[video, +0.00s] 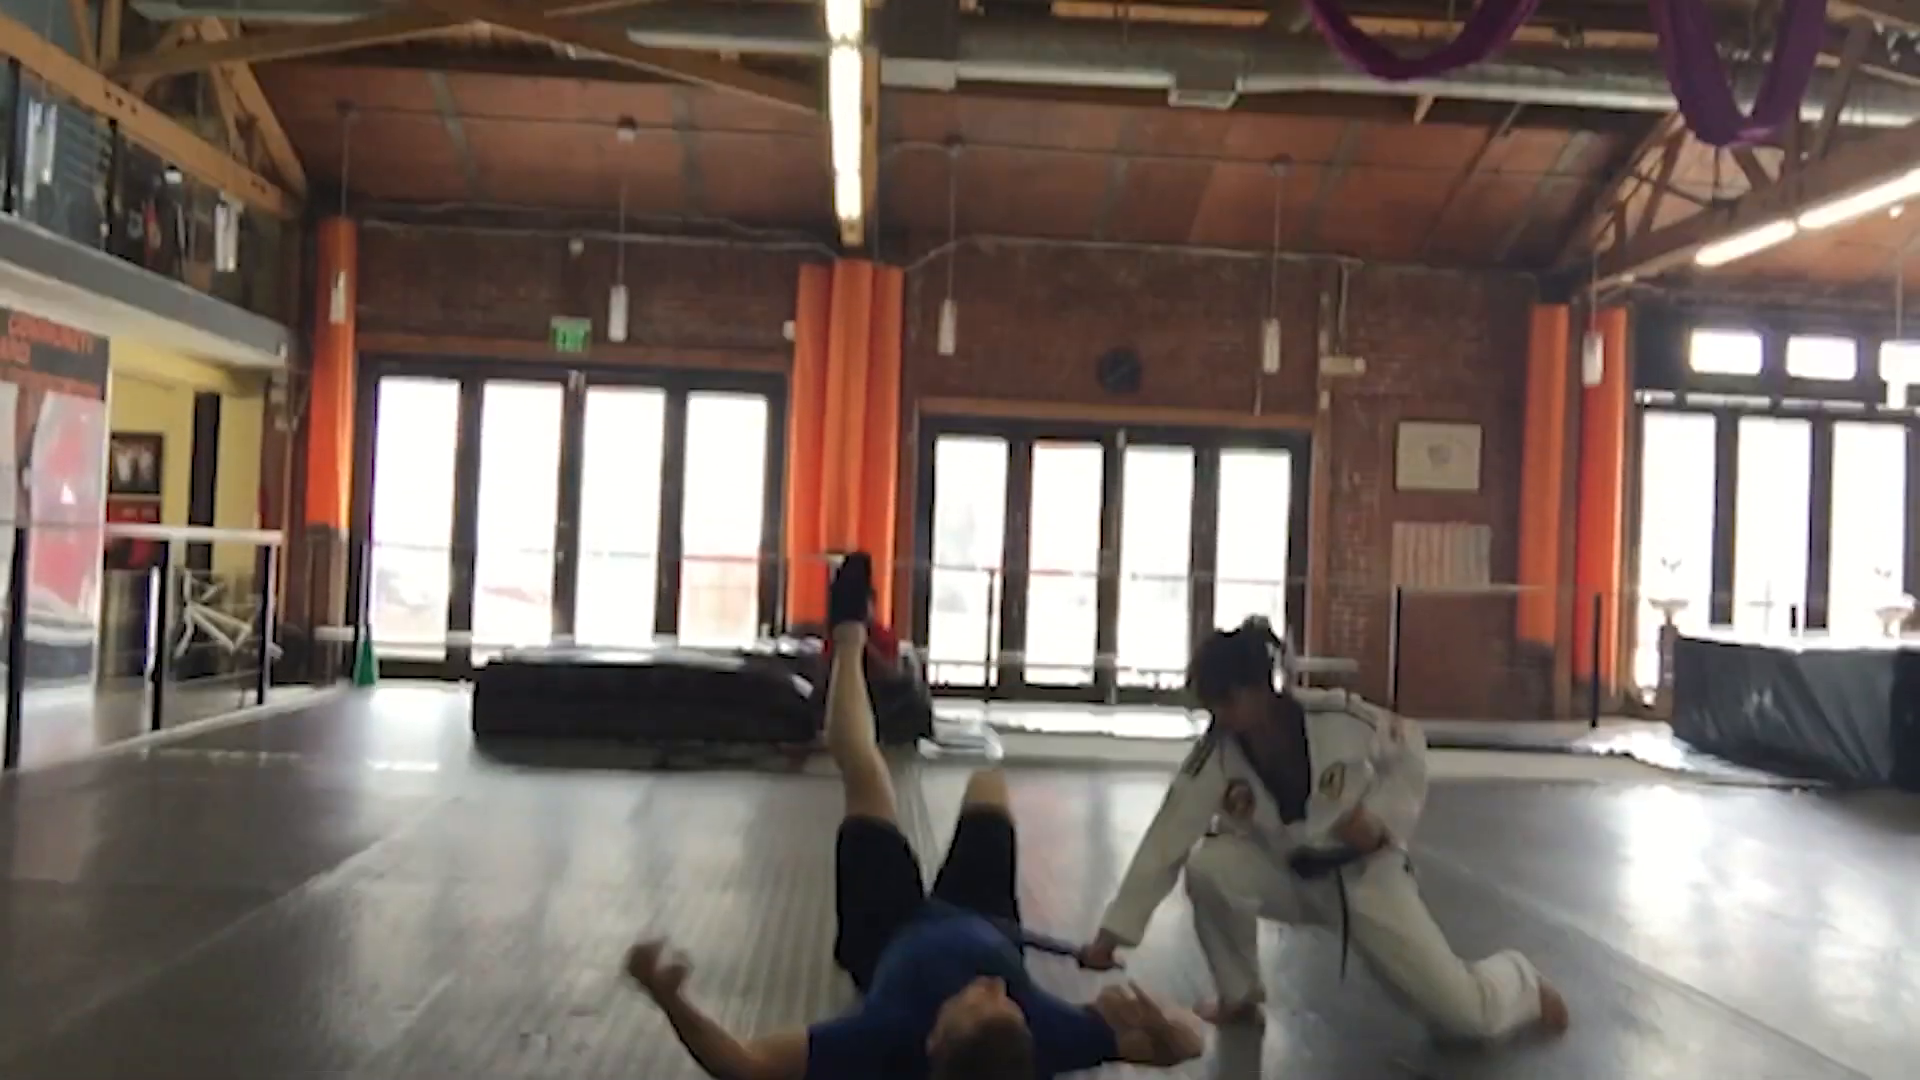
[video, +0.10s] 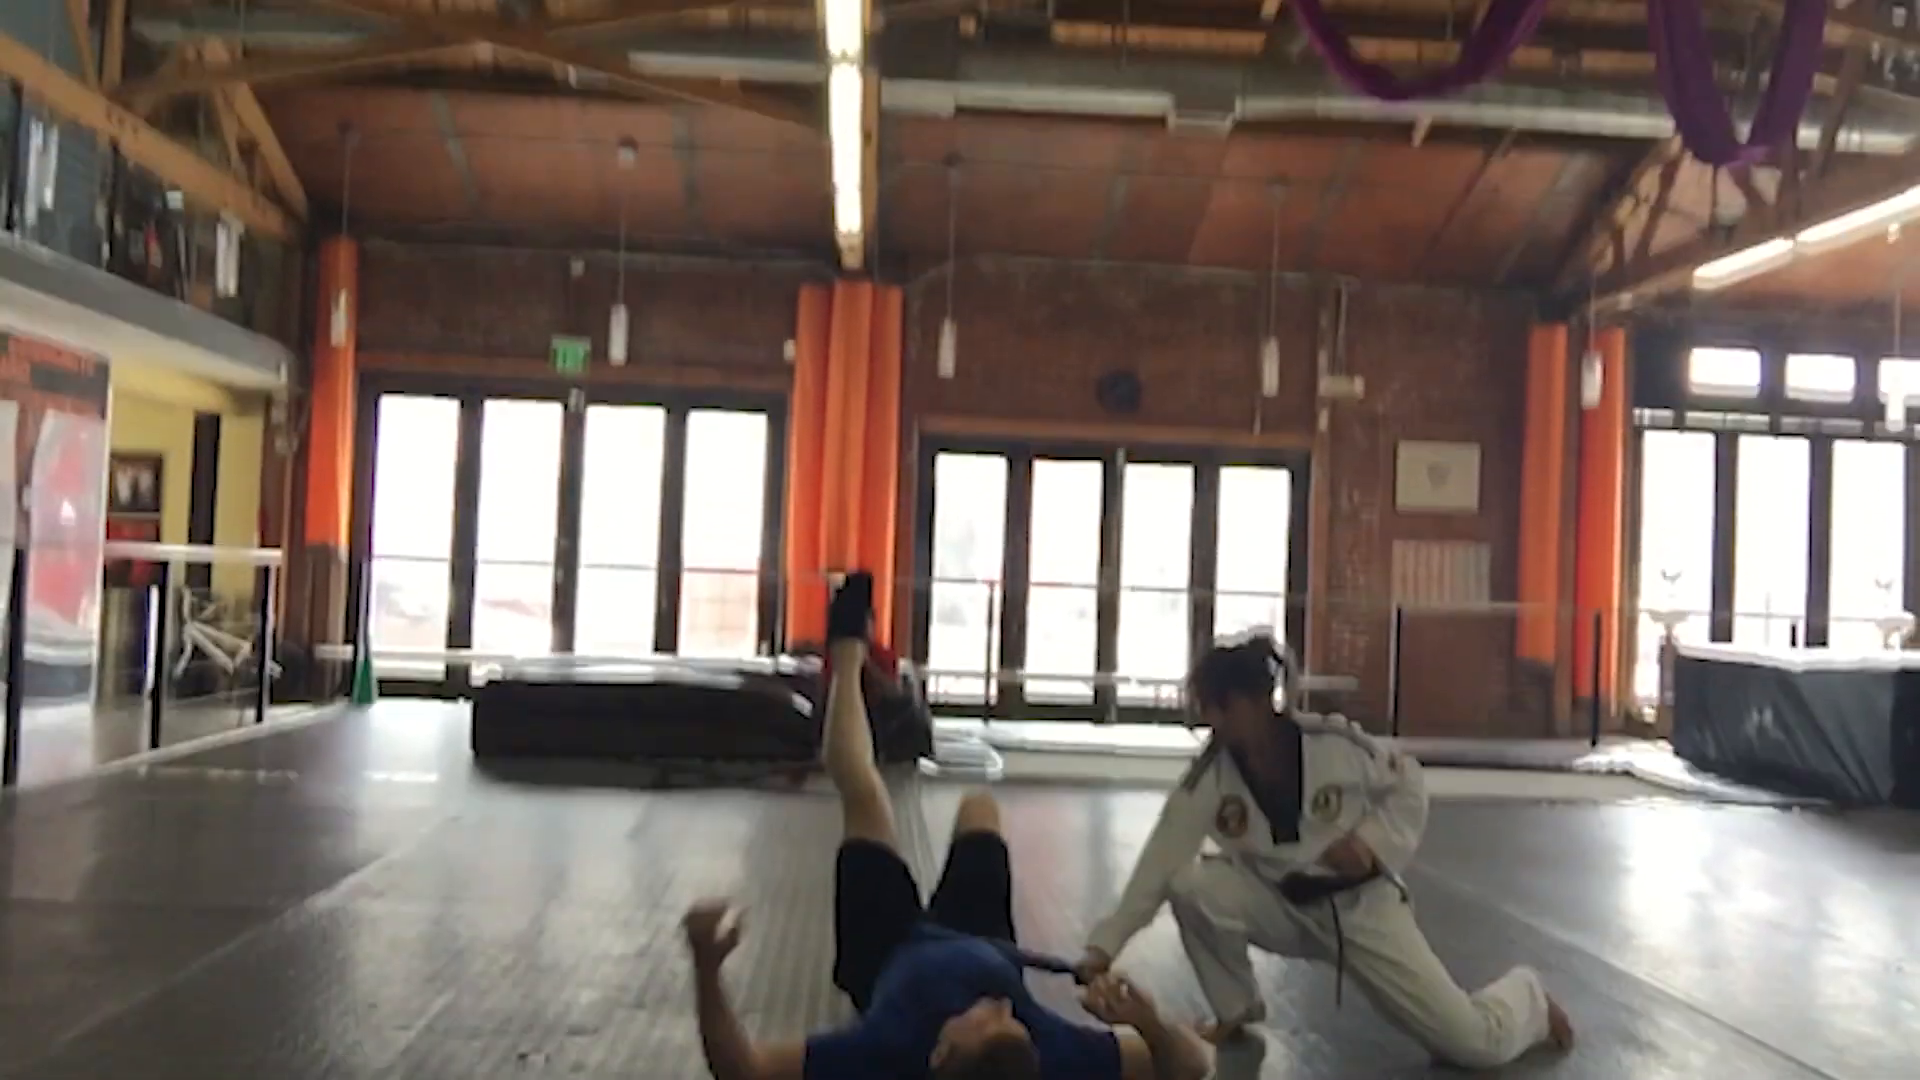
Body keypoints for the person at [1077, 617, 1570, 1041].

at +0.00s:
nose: (1217, 717)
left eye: (1224, 703)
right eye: (1210, 707)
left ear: (1263, 688)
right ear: (1218, 704)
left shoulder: (1344, 720)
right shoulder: (1218, 755)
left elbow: (1411, 758)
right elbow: (1164, 842)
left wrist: (1381, 818)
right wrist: (1112, 936)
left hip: (1366, 882)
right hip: (1289, 881)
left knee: (1463, 1016)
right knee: (1211, 864)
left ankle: (1520, 979)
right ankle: (1237, 998)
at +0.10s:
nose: (1206, 718)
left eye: (1217, 703)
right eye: (1204, 704)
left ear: (1262, 701)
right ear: (1220, 710)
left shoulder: (1337, 745)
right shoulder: (1214, 773)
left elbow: (1411, 787)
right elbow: (1160, 864)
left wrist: (1375, 845)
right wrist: (1101, 950)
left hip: (1364, 914)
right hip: (1285, 910)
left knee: (1472, 1045)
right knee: (1195, 883)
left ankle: (1528, 995)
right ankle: (1237, 1012)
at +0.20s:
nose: (1204, 717)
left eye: (1215, 703)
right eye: (1202, 703)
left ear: (1261, 700)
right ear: (1216, 708)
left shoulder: (1334, 745)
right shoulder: (1213, 777)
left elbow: (1412, 792)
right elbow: (1157, 865)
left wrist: (1370, 849)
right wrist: (1098, 953)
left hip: (1363, 917)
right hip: (1285, 914)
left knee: (1473, 1053)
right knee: (1194, 890)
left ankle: (1529, 1001)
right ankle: (1235, 1018)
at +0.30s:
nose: (1211, 703)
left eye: (1221, 688)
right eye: (1209, 689)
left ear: (1261, 685)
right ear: (1225, 691)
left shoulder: (1338, 728)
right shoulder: (1222, 763)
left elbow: (1418, 780)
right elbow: (1167, 845)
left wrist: (1376, 843)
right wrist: (1109, 937)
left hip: (1363, 907)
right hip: (1285, 905)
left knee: (1467, 1053)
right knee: (1194, 894)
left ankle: (1538, 1006)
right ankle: (1237, 1025)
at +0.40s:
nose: (1224, 671)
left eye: (1235, 657)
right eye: (1220, 659)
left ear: (1273, 660)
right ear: (1222, 668)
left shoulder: (1342, 719)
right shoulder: (1222, 746)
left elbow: (1425, 768)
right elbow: (1175, 828)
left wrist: (1376, 828)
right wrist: (1120, 907)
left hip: (1365, 893)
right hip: (1283, 887)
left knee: (1457, 1048)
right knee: (1192, 897)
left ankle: (1539, 1012)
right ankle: (1241, 1027)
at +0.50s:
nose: (1229, 625)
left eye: (1242, 612)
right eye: (1227, 612)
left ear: (1285, 620)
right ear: (1231, 621)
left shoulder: (1346, 684)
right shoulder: (1229, 702)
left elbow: (1426, 751)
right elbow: (1190, 788)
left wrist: (1360, 795)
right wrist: (1131, 855)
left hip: (1368, 860)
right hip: (1283, 855)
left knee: (1443, 1016)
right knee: (1195, 892)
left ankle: (1540, 1013)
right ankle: (1241, 1019)